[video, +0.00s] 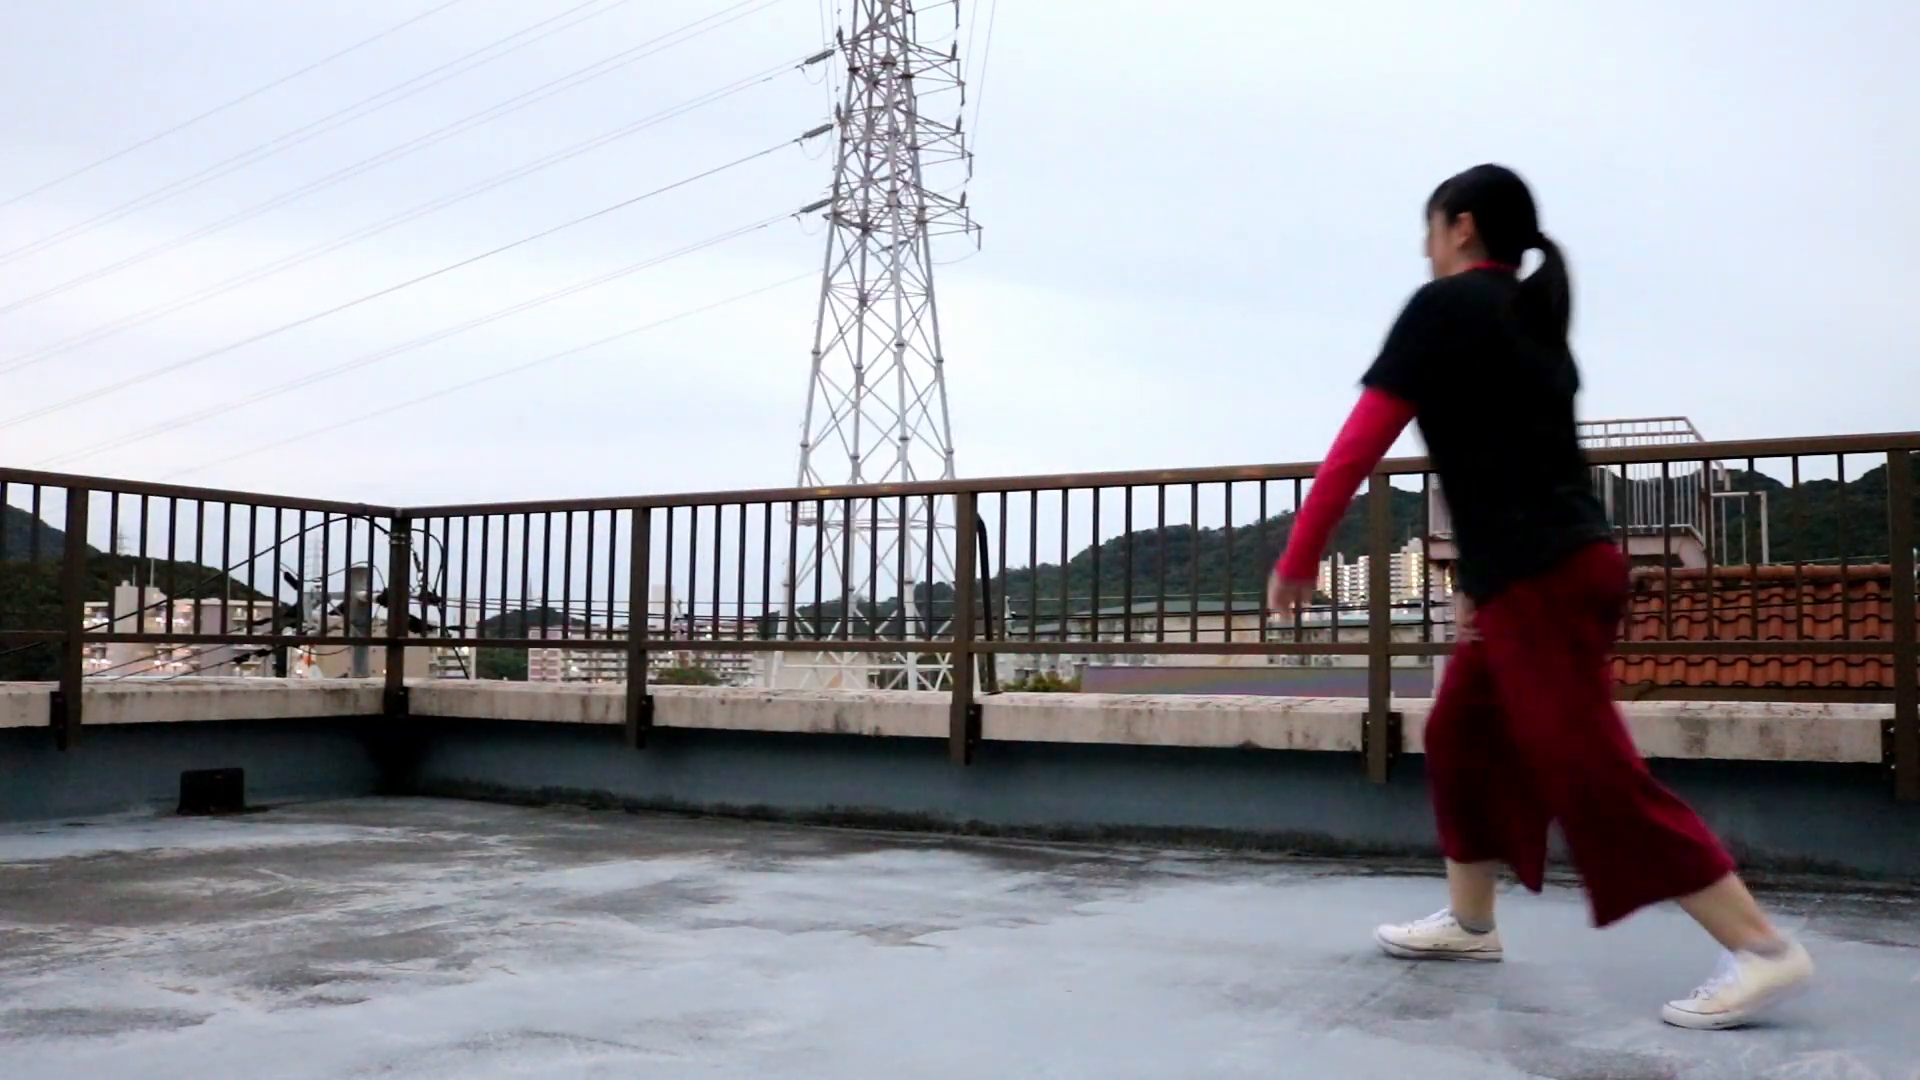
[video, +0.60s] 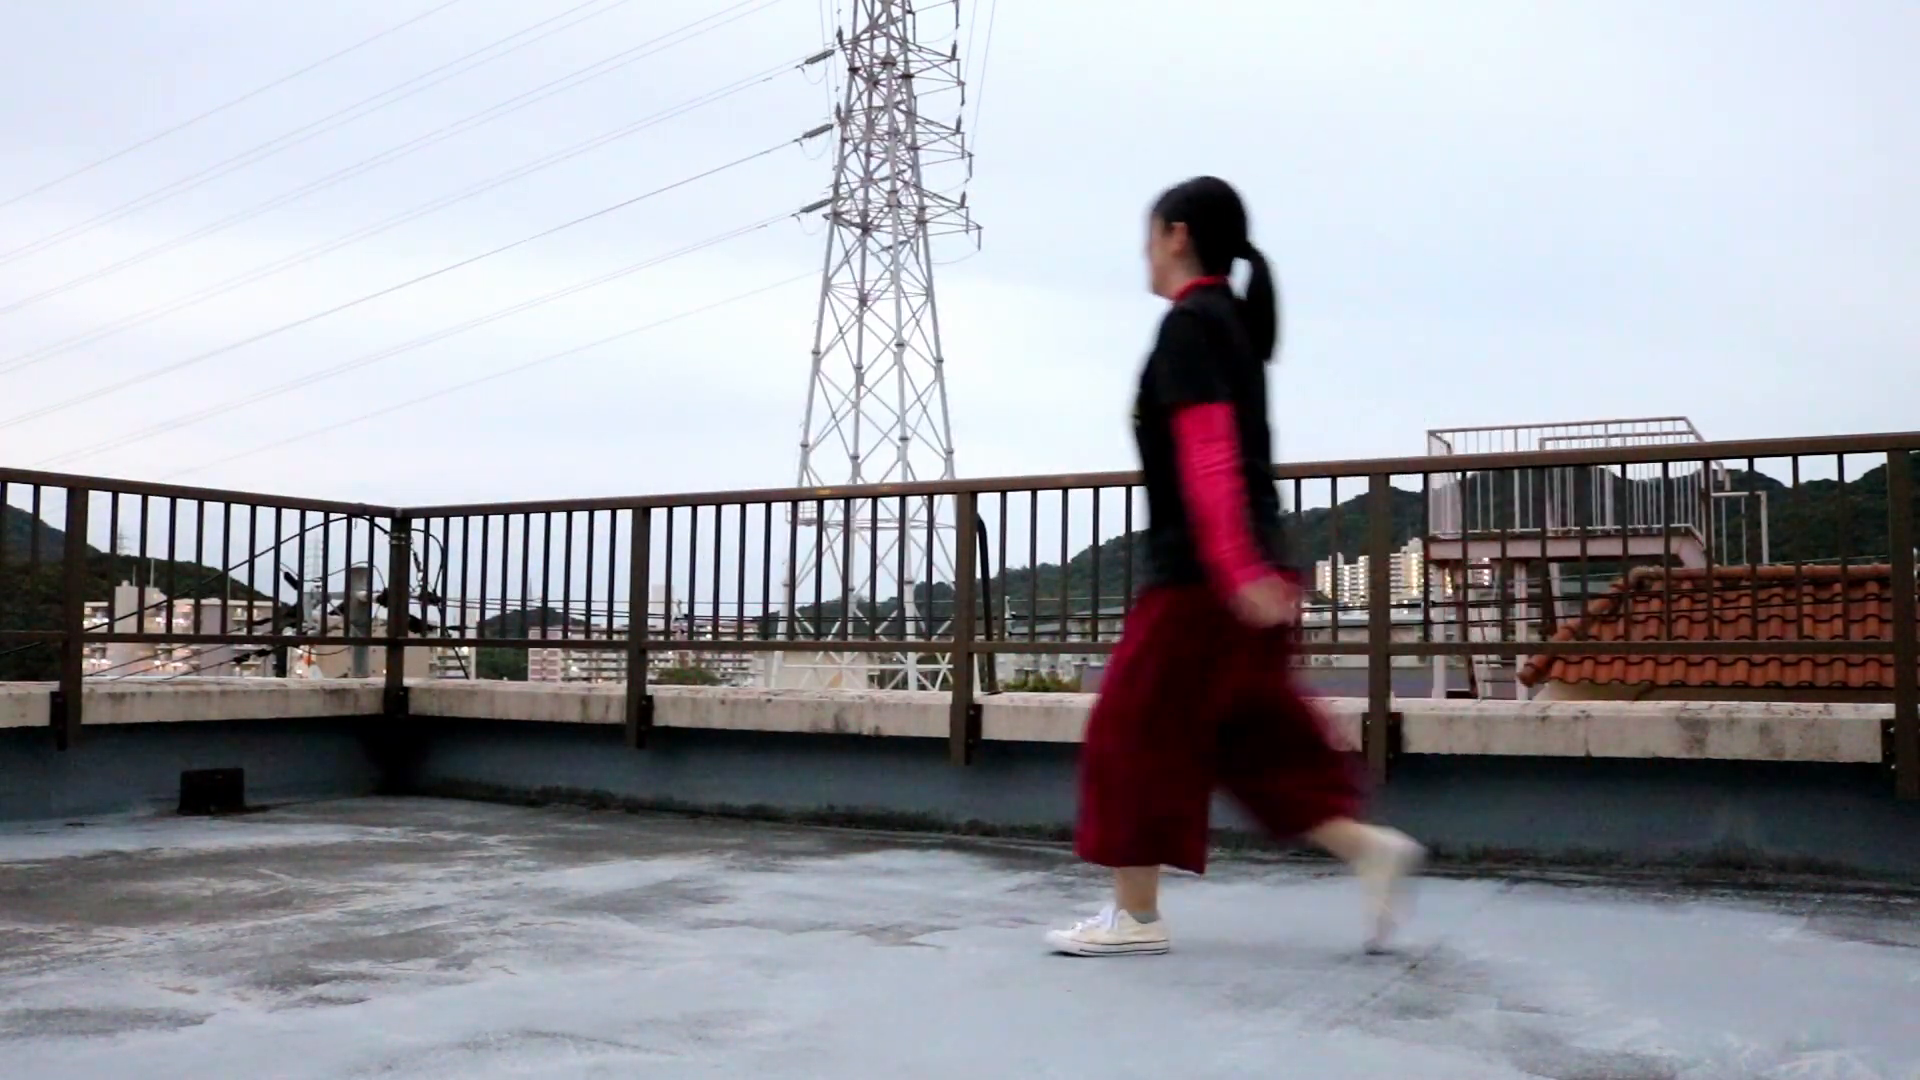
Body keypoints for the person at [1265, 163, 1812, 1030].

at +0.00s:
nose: (1426, 245)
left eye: (1432, 230)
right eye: (1430, 230)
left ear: (1463, 231)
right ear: (1502, 238)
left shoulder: (1438, 309)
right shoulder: (1530, 313)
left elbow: (1357, 447)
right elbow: (1538, 455)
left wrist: (1299, 555)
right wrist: (1493, 581)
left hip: (1534, 576)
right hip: (1574, 561)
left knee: (1591, 766)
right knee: (1456, 733)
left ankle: (1764, 949)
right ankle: (1470, 920)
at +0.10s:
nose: (1389, 241)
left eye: (1395, 227)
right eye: (1394, 226)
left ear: (1420, 234)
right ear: (1463, 245)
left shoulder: (1390, 316)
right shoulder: (1493, 326)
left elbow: (1350, 458)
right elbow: (1520, 453)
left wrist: (1330, 583)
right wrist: (1444, 561)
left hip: (1484, 572)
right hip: (1537, 560)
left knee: (1498, 744)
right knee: (1432, 729)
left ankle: (1684, 895)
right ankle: (1467, 920)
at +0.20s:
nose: (1341, 239)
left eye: (1347, 226)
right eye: (1346, 225)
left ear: (1370, 232)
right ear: (1421, 243)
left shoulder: (1353, 312)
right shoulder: (1445, 319)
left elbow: (1357, 452)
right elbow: (1468, 451)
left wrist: (1375, 573)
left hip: (1435, 561)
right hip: (1503, 555)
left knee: (1384, 741)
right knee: (1471, 728)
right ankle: (1465, 916)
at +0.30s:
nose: (1290, 242)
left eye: (1296, 227)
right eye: (1295, 227)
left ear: (1320, 229)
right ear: (1358, 237)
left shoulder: (1317, 305)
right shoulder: (1384, 306)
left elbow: (1357, 420)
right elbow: (1398, 433)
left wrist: (1385, 546)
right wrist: (1343, 553)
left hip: (1388, 555)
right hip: (1450, 545)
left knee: (1294, 710)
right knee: (1432, 721)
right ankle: (1466, 915)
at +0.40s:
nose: (1239, 242)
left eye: (1245, 228)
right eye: (1243, 227)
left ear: (1271, 233)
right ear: (1303, 239)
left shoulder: (1284, 312)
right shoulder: (1323, 313)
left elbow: (1337, 416)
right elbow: (1341, 428)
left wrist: (1374, 529)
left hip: (1334, 566)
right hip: (1390, 558)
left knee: (1233, 705)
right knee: (1411, 732)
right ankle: (1467, 918)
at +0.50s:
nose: (1190, 253)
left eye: (1196, 237)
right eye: (1195, 238)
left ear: (1223, 240)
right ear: (1252, 245)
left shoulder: (1241, 325)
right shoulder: (1272, 321)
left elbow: (1289, 437)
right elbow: (1281, 445)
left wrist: (1337, 539)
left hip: (1267, 584)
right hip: (1325, 576)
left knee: (1187, 728)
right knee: (1370, 734)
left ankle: (1143, 909)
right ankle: (1452, 897)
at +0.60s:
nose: (1146, 252)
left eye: (1152, 237)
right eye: (1150, 237)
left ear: (1177, 239)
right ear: (1208, 244)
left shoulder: (1194, 325)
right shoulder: (1222, 321)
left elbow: (1211, 456)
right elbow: (1224, 461)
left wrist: (1243, 569)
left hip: (1194, 586)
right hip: (1233, 581)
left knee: (1128, 731)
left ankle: (1135, 911)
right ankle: (1368, 847)